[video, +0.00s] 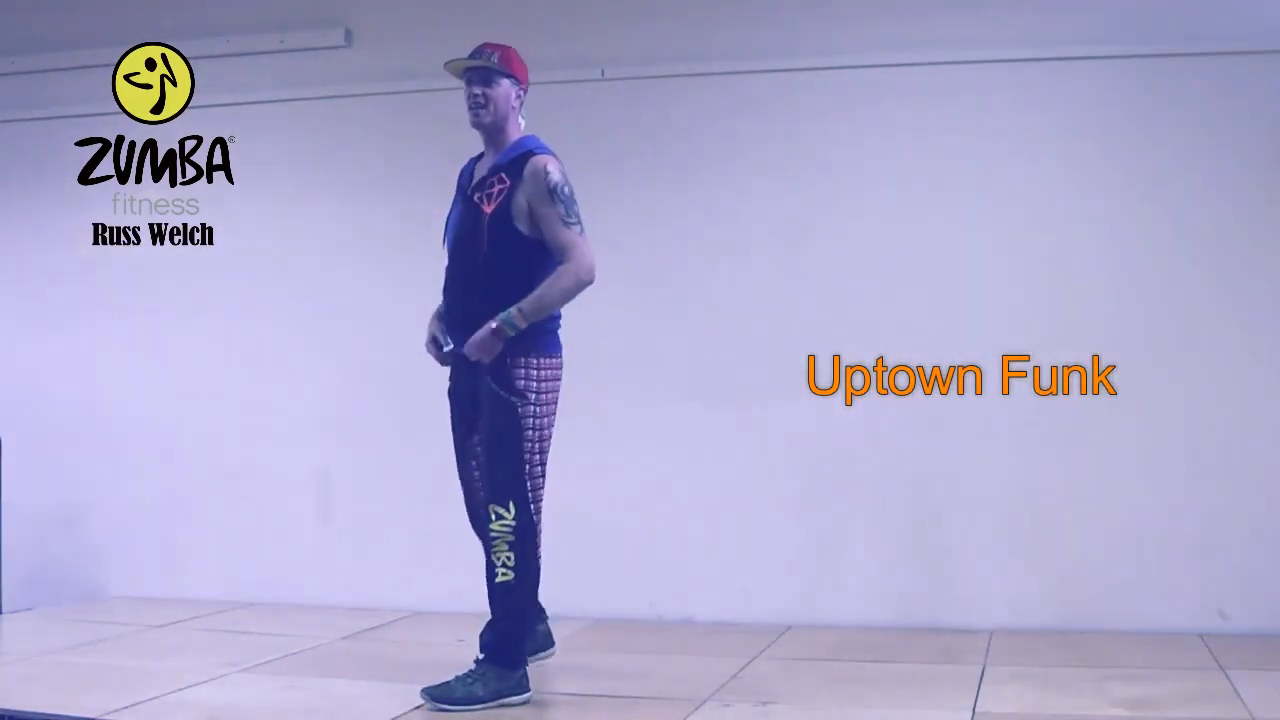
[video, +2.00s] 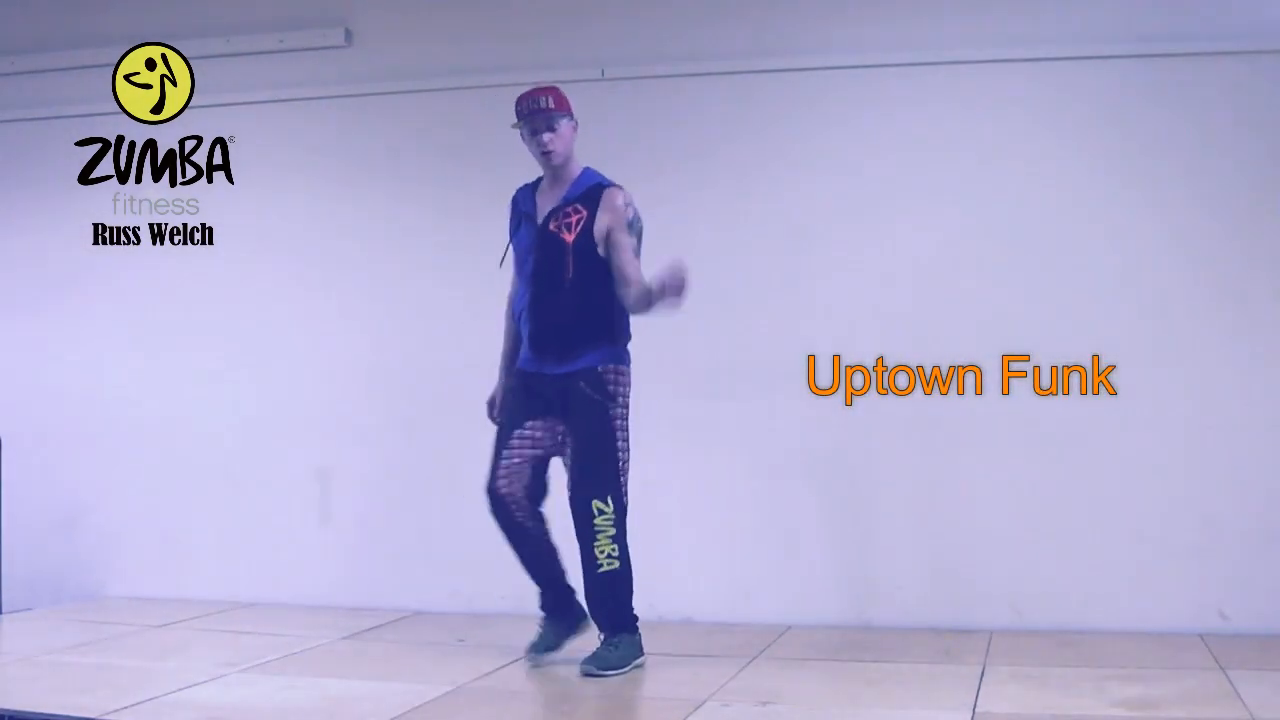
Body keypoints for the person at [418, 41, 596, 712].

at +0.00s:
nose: (474, 92)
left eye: (486, 81)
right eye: (468, 83)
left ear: (519, 92)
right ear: (465, 97)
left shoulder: (540, 168)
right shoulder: (471, 172)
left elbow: (579, 266)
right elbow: (467, 265)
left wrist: (503, 326)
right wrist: (440, 317)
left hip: (521, 363)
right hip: (472, 359)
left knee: (510, 504)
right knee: (483, 498)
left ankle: (504, 667)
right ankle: (527, 621)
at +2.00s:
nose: (543, 137)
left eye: (552, 125)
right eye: (532, 130)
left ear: (575, 128)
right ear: (523, 138)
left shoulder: (610, 200)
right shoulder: (524, 204)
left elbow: (629, 295)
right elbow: (518, 297)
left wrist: (657, 290)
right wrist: (505, 375)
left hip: (596, 375)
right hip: (535, 376)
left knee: (597, 502)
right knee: (508, 492)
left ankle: (621, 634)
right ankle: (561, 608)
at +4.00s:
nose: (489, 113)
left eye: (500, 103)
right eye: (482, 105)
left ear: (528, 112)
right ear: (477, 117)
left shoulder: (558, 185)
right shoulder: (473, 189)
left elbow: (589, 263)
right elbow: (471, 280)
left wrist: (618, 338)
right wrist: (460, 353)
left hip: (551, 369)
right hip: (489, 373)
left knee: (580, 502)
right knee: (475, 499)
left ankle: (622, 642)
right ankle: (461, 623)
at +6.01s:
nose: (458, 112)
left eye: (470, 101)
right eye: (458, 101)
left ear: (502, 112)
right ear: (469, 114)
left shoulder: (526, 183)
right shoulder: (456, 183)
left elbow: (521, 273)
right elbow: (446, 268)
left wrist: (513, 365)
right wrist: (442, 349)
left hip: (517, 368)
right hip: (461, 370)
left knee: (538, 505)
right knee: (451, 501)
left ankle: (582, 646)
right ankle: (448, 624)